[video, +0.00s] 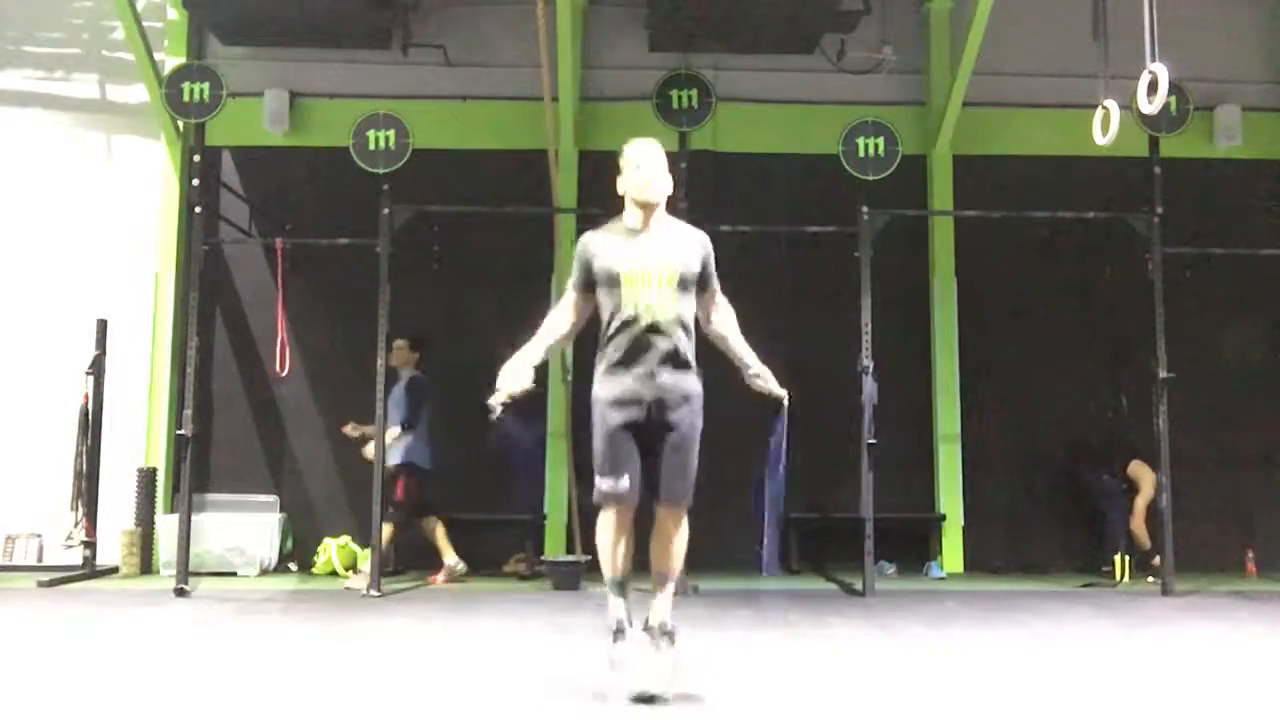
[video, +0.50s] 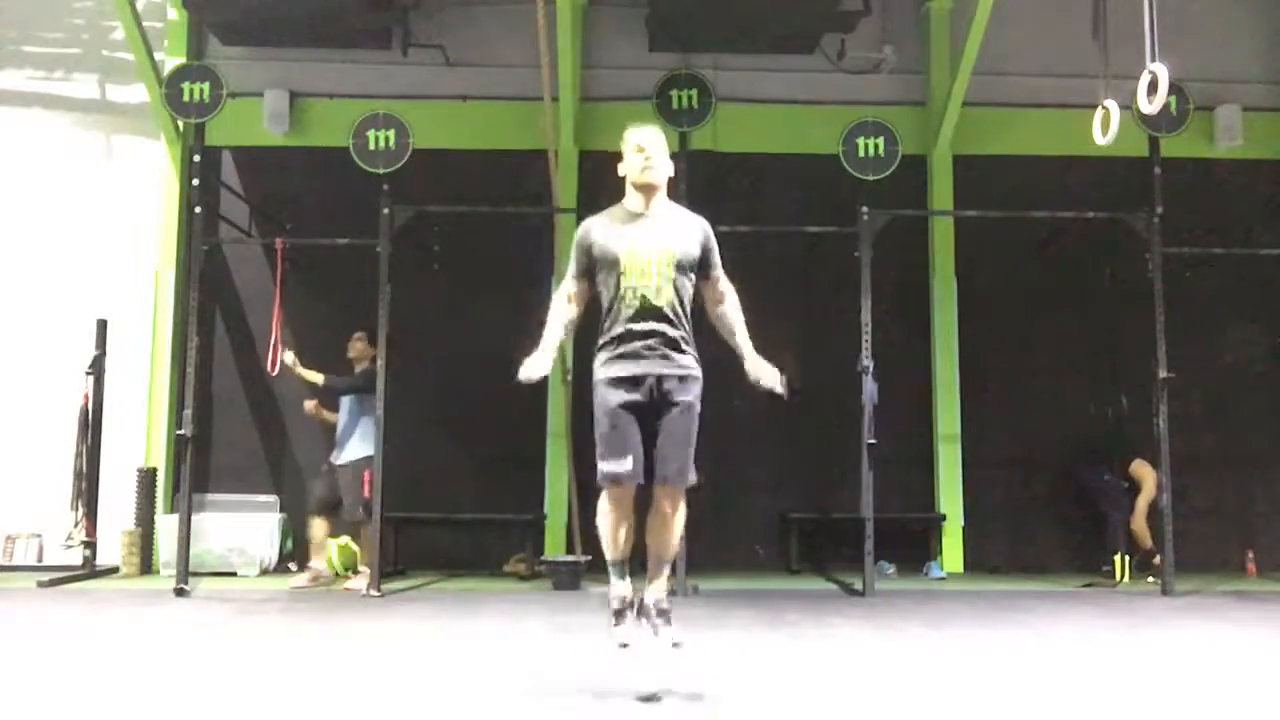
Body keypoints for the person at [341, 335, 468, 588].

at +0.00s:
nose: (392, 354)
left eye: (398, 349)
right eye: (393, 349)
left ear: (414, 355)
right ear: (395, 355)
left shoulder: (416, 383)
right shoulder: (400, 385)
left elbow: (409, 425)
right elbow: (392, 425)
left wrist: (380, 443)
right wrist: (364, 430)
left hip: (409, 459)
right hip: (401, 459)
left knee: (390, 516)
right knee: (423, 513)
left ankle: (369, 572)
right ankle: (452, 561)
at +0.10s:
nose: (386, 352)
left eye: (391, 347)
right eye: (386, 347)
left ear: (404, 354)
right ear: (391, 353)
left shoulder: (403, 379)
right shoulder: (392, 379)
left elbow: (394, 412)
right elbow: (385, 415)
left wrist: (359, 426)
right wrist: (355, 427)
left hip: (396, 454)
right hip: (387, 453)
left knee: (391, 511)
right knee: (387, 512)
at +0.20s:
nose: (379, 355)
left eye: (385, 350)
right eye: (377, 350)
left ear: (396, 353)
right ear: (375, 353)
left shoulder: (393, 379)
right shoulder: (385, 381)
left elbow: (369, 406)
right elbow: (374, 422)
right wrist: (344, 428)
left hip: (384, 457)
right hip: (374, 456)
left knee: (377, 514)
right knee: (375, 514)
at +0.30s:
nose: (369, 350)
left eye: (375, 345)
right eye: (368, 345)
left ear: (387, 351)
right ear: (366, 350)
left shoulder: (387, 378)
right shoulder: (373, 381)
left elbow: (351, 394)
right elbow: (364, 421)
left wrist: (317, 387)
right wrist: (333, 424)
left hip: (376, 453)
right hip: (364, 453)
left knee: (368, 513)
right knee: (364, 512)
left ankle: (368, 572)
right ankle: (396, 551)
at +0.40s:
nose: (361, 346)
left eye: (368, 342)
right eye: (360, 342)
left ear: (379, 349)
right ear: (360, 348)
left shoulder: (377, 377)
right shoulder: (365, 380)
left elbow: (340, 388)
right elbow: (359, 420)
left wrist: (305, 375)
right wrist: (328, 417)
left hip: (367, 458)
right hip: (352, 458)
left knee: (366, 518)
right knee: (332, 510)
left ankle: (368, 575)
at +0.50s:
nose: (352, 344)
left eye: (359, 340)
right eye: (351, 340)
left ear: (373, 350)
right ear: (350, 349)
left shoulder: (373, 376)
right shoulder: (351, 382)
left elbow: (343, 385)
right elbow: (347, 422)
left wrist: (299, 370)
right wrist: (320, 412)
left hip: (361, 456)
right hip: (340, 455)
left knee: (362, 516)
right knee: (319, 507)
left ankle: (367, 571)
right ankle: (318, 567)